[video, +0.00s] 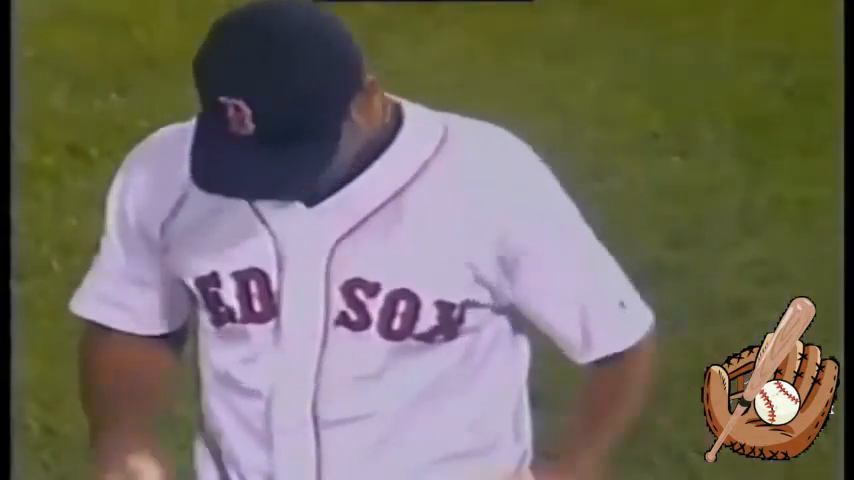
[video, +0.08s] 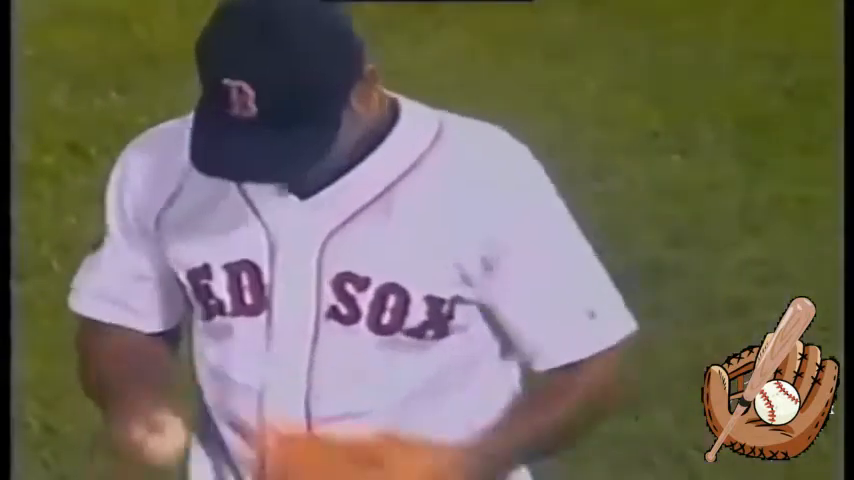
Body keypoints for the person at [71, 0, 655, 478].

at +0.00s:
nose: (277, 186)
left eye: (298, 167)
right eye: (254, 172)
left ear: (360, 106)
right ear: (217, 118)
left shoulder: (489, 176)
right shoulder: (167, 175)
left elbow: (626, 341)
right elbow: (127, 320)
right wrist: (127, 450)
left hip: (457, 469)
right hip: (245, 468)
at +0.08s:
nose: (278, 173)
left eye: (303, 148)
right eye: (255, 153)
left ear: (364, 88)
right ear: (220, 104)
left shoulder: (485, 175)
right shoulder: (162, 171)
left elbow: (595, 366)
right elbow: (120, 315)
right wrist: (140, 405)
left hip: (436, 470)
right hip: (237, 470)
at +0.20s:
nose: (279, 161)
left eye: (302, 138)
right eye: (254, 140)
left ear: (366, 78)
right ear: (219, 93)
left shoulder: (478, 184)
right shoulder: (158, 161)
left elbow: (521, 407)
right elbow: (95, 329)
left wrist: (318, 411)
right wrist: (180, 388)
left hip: (429, 469)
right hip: (227, 470)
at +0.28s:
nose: (279, 155)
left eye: (301, 132)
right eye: (257, 137)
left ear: (368, 77)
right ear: (223, 93)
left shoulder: (473, 195)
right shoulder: (159, 157)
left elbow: (473, 420)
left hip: (411, 471)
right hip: (223, 465)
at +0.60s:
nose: (320, 153)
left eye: (343, 131)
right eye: (297, 128)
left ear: (408, 71)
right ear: (268, 84)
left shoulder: (488, 210)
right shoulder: (227, 128)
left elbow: (404, 420)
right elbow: (87, 298)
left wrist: (222, 292)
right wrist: (129, 220)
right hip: (252, 464)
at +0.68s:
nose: (337, 139)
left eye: (365, 119)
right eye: (315, 116)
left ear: (427, 71)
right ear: (282, 86)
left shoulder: (499, 213)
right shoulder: (245, 133)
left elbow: (401, 418)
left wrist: (225, 286)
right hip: (262, 468)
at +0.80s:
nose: (401, 132)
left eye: (424, 106)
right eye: (370, 110)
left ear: (454, 81)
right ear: (320, 93)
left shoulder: (519, 223)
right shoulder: (290, 144)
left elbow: (416, 429)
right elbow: (179, 319)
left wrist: (234, 297)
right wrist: (170, 244)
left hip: (466, 470)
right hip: (298, 462)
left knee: (186, 464)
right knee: (182, 464)